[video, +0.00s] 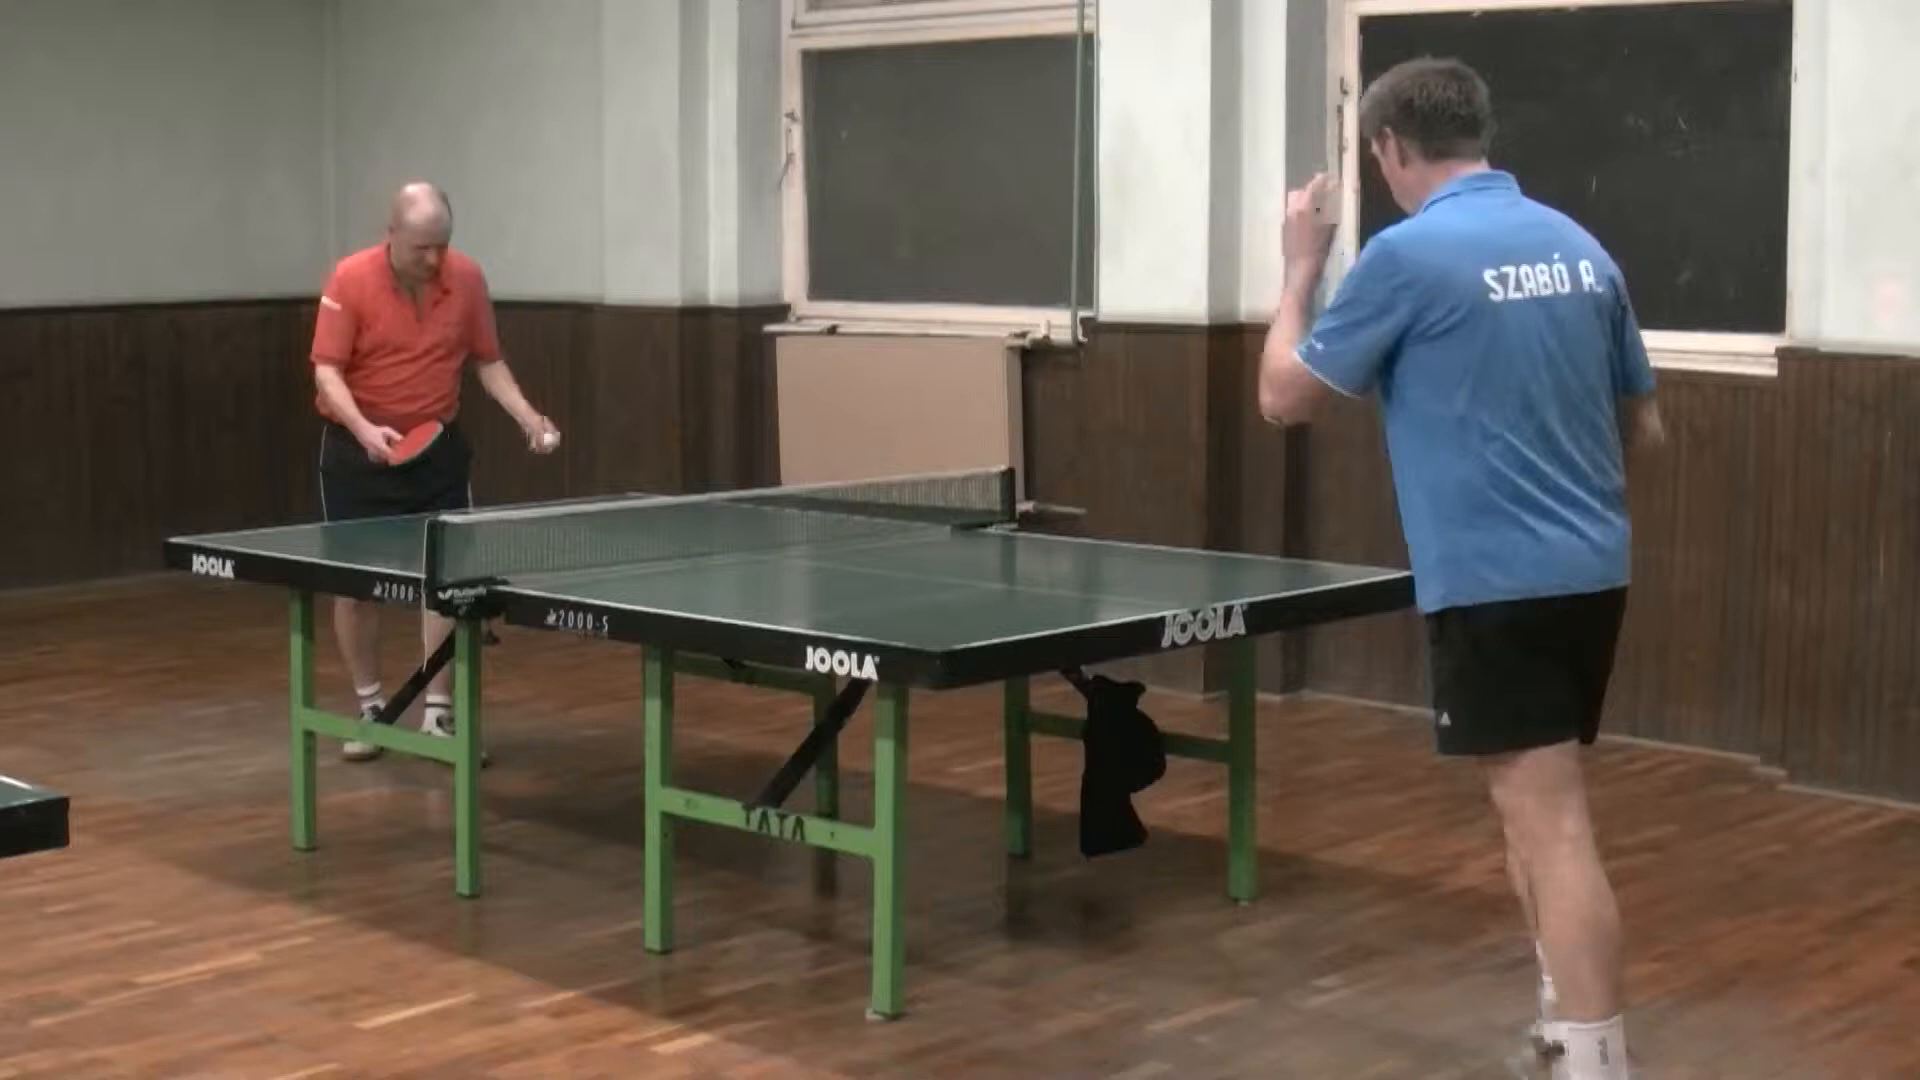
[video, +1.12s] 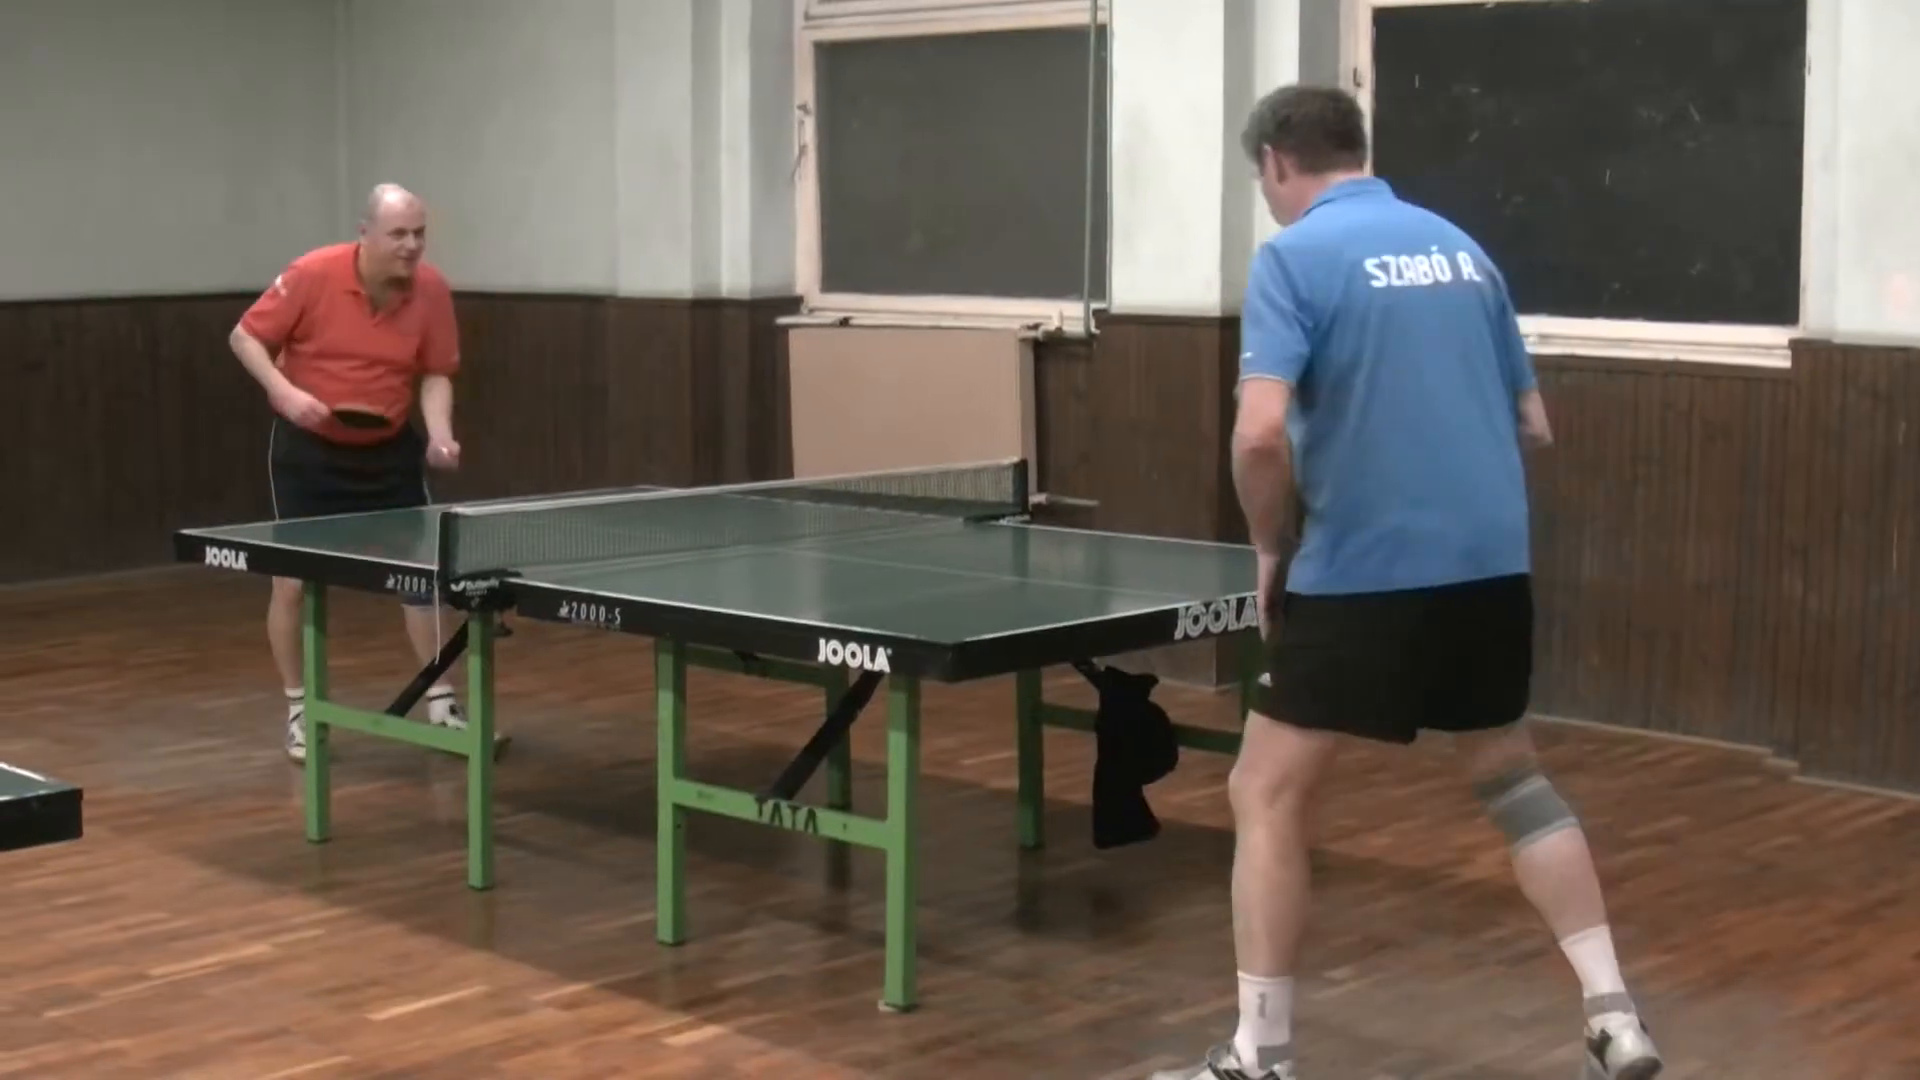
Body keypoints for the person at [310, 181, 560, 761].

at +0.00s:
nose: (434, 258)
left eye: (441, 246)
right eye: (422, 247)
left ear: (450, 236)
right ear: (391, 235)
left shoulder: (465, 277)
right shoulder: (351, 280)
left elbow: (489, 362)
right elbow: (326, 373)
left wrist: (529, 417)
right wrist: (364, 429)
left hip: (438, 450)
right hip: (360, 451)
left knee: (444, 581)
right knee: (354, 582)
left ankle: (438, 711)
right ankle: (370, 709)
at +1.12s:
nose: (412, 245)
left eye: (419, 233)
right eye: (399, 235)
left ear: (425, 235)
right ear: (365, 235)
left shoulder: (432, 290)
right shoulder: (314, 275)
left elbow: (437, 373)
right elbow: (246, 336)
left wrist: (439, 433)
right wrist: (284, 392)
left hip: (393, 447)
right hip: (310, 447)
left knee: (421, 575)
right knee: (294, 580)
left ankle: (443, 705)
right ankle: (299, 707)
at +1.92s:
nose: (393, 243)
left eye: (396, 232)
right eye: (383, 232)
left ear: (392, 228)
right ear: (345, 221)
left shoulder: (382, 265)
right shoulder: (303, 262)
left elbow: (446, 296)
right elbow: (314, 359)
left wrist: (507, 287)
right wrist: (390, 346)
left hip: (361, 432)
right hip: (291, 438)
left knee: (439, 520)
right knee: (298, 580)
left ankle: (456, 668)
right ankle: (302, 708)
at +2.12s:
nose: (415, 291)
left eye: (423, 285)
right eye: (413, 279)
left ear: (426, 275)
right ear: (391, 249)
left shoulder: (415, 298)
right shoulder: (328, 263)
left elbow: (460, 330)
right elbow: (252, 301)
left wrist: (520, 347)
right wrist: (325, 350)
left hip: (371, 439)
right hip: (300, 438)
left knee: (424, 557)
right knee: (302, 581)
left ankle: (451, 683)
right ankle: (304, 712)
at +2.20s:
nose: (426, 289)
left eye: (434, 281)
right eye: (423, 277)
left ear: (434, 271)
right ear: (394, 250)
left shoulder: (428, 302)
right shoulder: (334, 260)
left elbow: (471, 341)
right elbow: (247, 252)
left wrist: (526, 369)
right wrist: (298, 304)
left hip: (384, 446)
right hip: (309, 443)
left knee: (422, 571)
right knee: (309, 580)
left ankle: (428, 699)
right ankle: (307, 711)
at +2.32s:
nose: (445, 279)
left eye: (451, 269)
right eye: (437, 266)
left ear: (456, 262)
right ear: (402, 246)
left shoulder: (448, 298)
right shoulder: (344, 258)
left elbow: (483, 350)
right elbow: (249, 252)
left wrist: (527, 388)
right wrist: (289, 304)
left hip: (393, 442)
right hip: (318, 436)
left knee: (423, 571)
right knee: (310, 572)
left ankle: (428, 702)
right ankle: (303, 708)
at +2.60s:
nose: (425, 248)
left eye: (429, 238)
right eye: (413, 239)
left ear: (430, 236)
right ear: (376, 236)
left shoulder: (434, 285)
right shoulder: (322, 269)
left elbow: (458, 345)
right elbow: (242, 322)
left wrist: (490, 394)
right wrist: (286, 361)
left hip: (391, 451)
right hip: (306, 448)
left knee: (426, 575)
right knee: (261, 574)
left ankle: (428, 701)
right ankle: (227, 706)